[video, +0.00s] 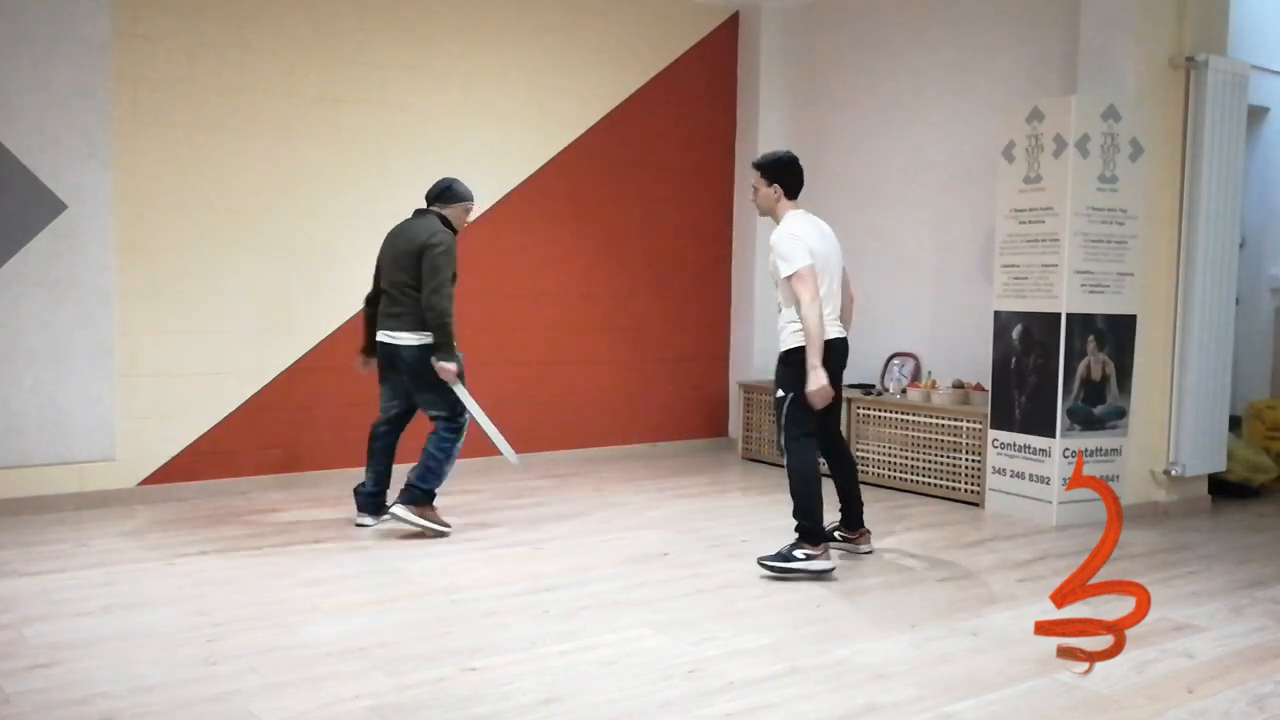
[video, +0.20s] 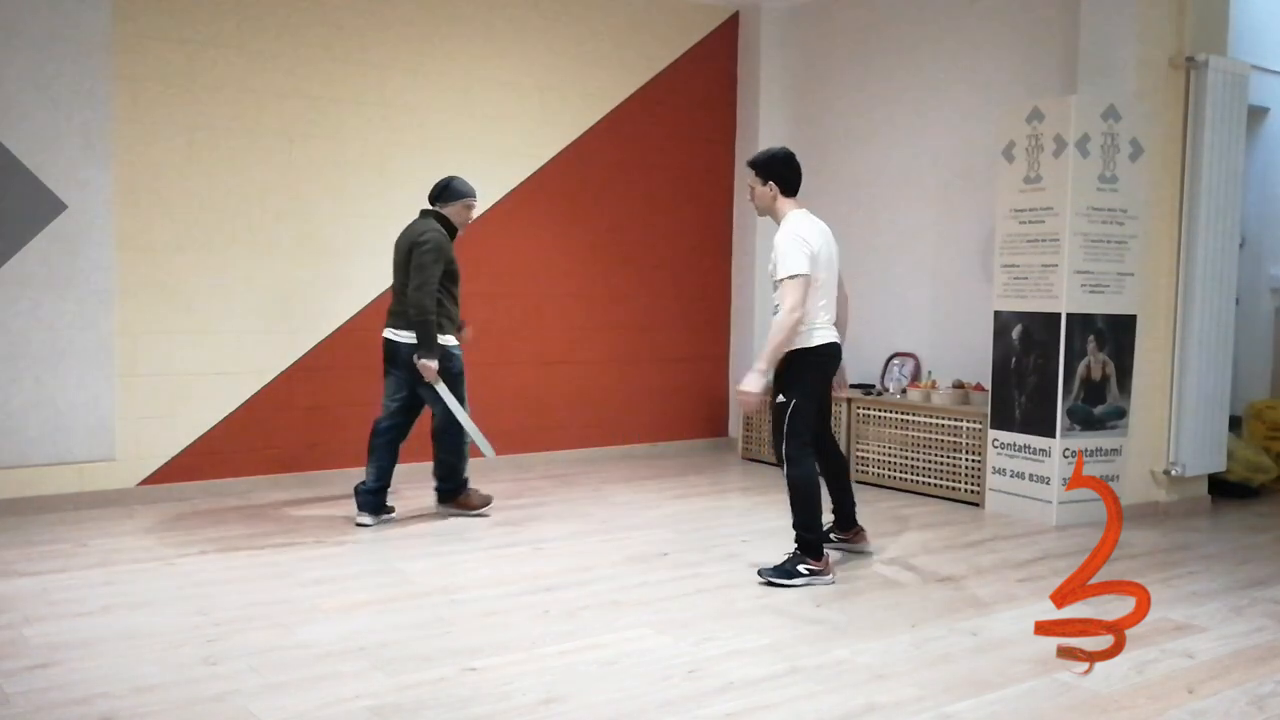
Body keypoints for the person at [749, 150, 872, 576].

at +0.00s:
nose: (753, 194)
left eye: (757, 187)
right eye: (753, 187)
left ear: (777, 190)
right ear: (788, 189)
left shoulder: (786, 235)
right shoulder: (820, 228)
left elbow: (809, 300)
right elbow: (846, 298)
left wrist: (817, 366)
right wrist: (836, 345)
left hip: (802, 351)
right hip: (832, 346)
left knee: (797, 441)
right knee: (830, 437)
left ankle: (812, 544)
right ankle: (854, 527)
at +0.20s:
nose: (749, 194)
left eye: (753, 186)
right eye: (749, 186)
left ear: (772, 187)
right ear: (785, 187)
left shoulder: (791, 234)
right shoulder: (819, 229)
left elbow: (793, 312)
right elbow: (839, 301)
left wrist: (759, 371)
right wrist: (837, 358)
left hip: (802, 356)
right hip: (823, 352)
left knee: (794, 453)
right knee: (823, 442)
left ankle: (811, 556)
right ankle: (848, 526)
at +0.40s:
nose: (735, 185)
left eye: (737, 176)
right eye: (736, 177)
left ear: (753, 177)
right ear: (774, 176)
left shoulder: (773, 224)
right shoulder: (806, 220)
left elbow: (754, 304)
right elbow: (827, 296)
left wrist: (710, 360)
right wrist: (825, 356)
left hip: (788, 354)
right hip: (808, 348)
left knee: (794, 449)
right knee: (768, 438)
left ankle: (812, 555)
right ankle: (802, 530)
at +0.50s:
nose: (722, 185)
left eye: (724, 176)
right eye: (722, 176)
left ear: (740, 176)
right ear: (763, 175)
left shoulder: (757, 224)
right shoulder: (796, 219)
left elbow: (738, 306)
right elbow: (821, 293)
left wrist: (696, 360)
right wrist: (817, 355)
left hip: (777, 355)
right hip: (797, 349)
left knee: (795, 454)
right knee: (737, 435)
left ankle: (811, 557)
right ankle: (751, 537)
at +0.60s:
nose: (708, 188)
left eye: (710, 178)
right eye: (708, 179)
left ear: (725, 177)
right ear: (750, 177)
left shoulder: (740, 228)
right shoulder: (784, 223)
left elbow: (723, 308)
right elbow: (807, 298)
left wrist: (687, 365)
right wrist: (806, 362)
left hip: (757, 362)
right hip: (785, 356)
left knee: (724, 447)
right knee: (793, 457)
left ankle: (695, 545)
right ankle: (811, 556)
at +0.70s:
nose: (691, 192)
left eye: (692, 182)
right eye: (691, 183)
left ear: (706, 180)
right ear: (733, 180)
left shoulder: (722, 230)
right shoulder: (765, 228)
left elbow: (708, 311)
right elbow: (789, 302)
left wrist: (680, 371)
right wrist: (787, 366)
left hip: (737, 366)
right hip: (765, 361)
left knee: (707, 462)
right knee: (774, 461)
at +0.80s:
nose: (671, 189)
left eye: (672, 179)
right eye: (672, 179)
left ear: (685, 179)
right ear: (712, 179)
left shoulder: (704, 224)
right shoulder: (743, 226)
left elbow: (696, 305)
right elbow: (763, 307)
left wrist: (673, 372)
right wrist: (761, 371)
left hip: (714, 366)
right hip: (734, 362)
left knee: (734, 459)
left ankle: (797, 542)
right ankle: (664, 555)